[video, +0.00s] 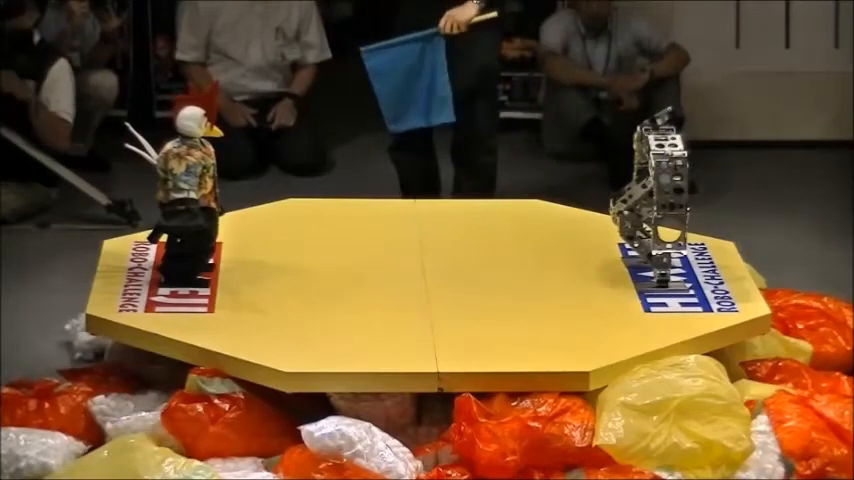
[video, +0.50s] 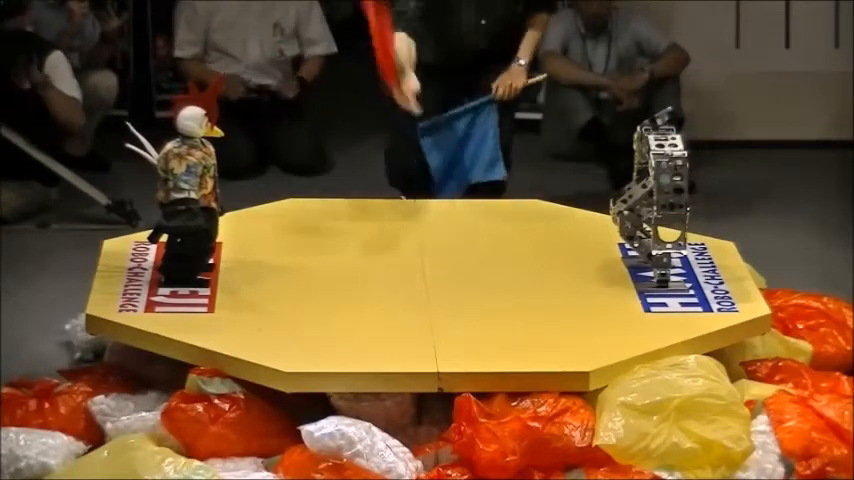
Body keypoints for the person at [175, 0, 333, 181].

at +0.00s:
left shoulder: (300, 5)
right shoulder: (201, 5)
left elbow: (310, 61)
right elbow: (191, 62)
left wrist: (290, 100)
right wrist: (226, 105)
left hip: (279, 98)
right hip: (227, 102)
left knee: (307, 161)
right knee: (237, 164)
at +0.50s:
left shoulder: (301, 5)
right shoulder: (196, 6)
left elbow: (317, 49)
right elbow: (187, 59)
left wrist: (299, 81)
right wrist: (220, 82)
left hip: (280, 97)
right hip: (229, 99)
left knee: (306, 161)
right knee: (237, 164)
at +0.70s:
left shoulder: (301, 4)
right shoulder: (197, 5)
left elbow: (320, 45)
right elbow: (183, 54)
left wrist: (296, 57)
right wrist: (215, 53)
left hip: (283, 99)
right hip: (227, 100)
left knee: (306, 162)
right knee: (236, 165)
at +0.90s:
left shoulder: (297, 3)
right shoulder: (197, 4)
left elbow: (322, 42)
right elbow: (183, 55)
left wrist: (294, 32)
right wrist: (213, 34)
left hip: (283, 99)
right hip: (228, 103)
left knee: (306, 162)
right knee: (236, 166)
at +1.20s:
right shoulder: (198, 5)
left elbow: (320, 31)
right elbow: (186, 48)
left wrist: (296, 16)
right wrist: (211, 15)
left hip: (279, 96)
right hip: (221, 99)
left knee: (307, 162)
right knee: (239, 166)